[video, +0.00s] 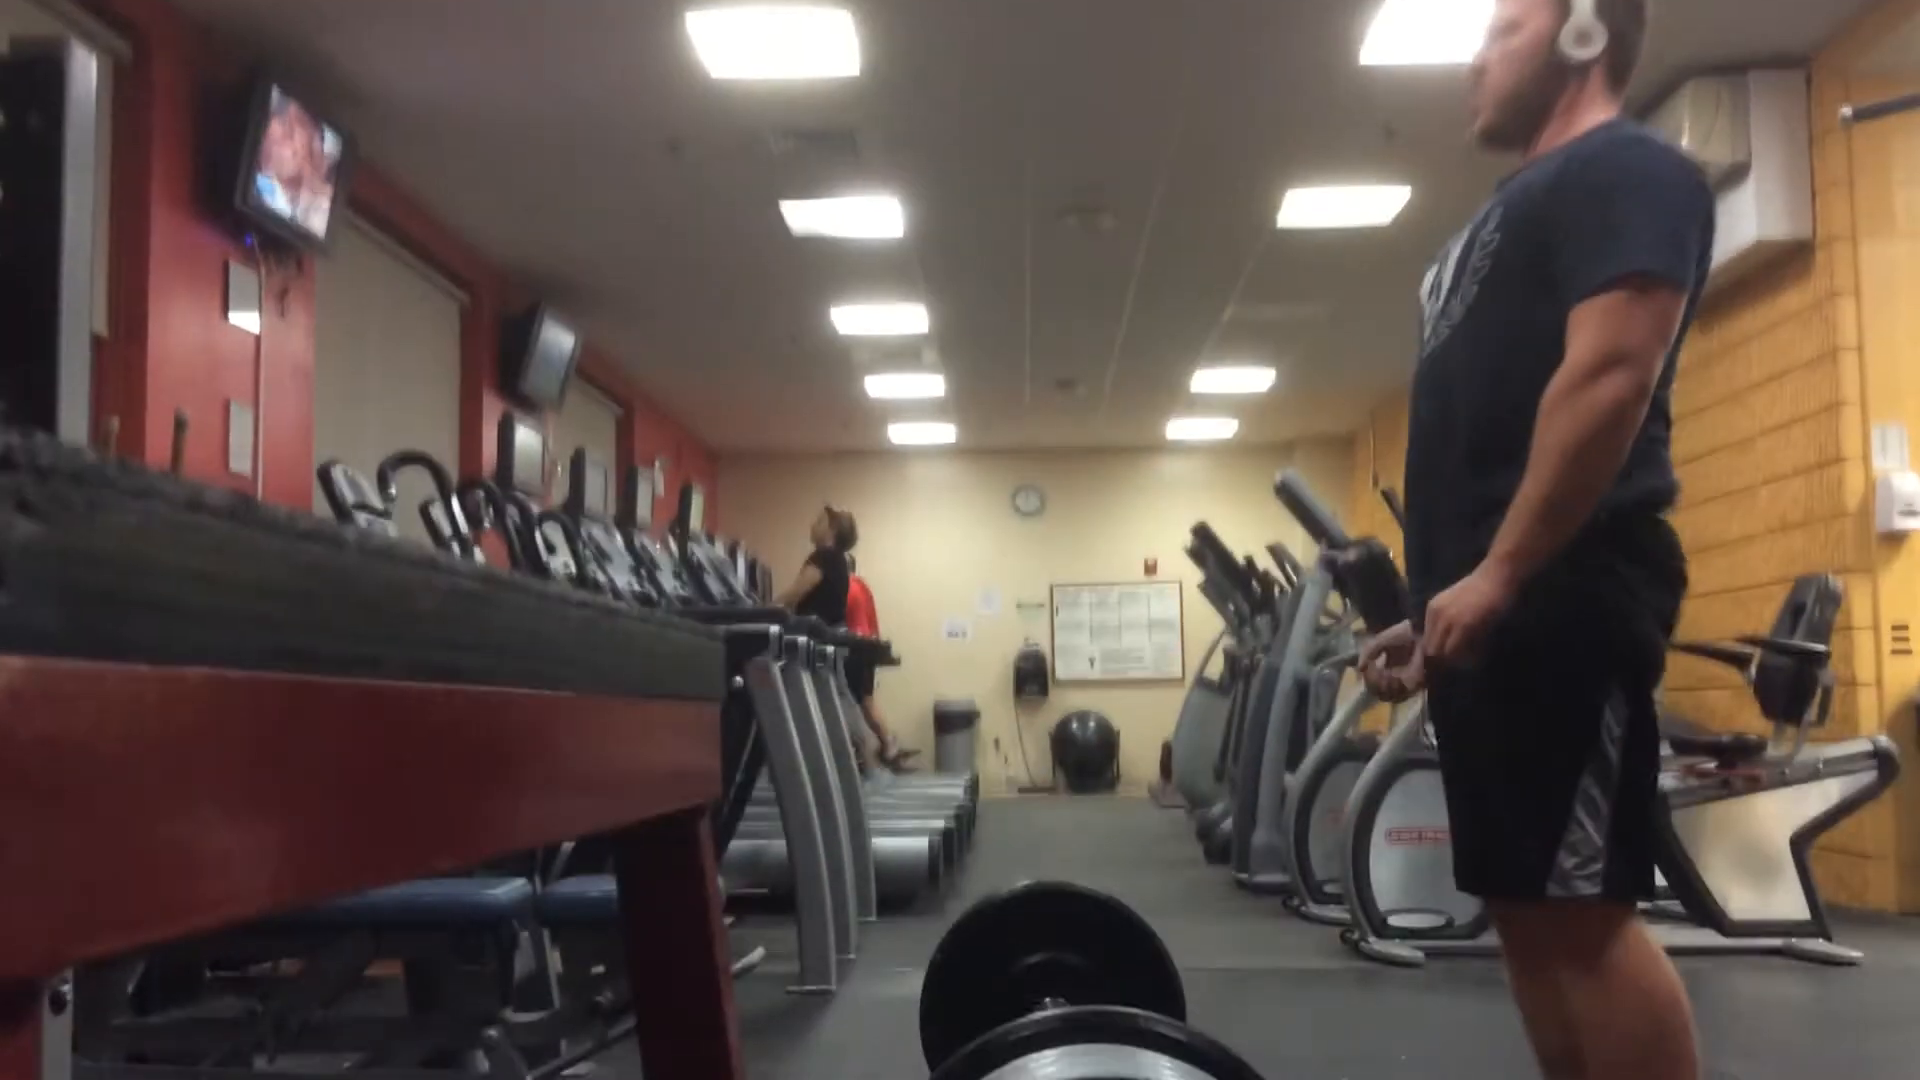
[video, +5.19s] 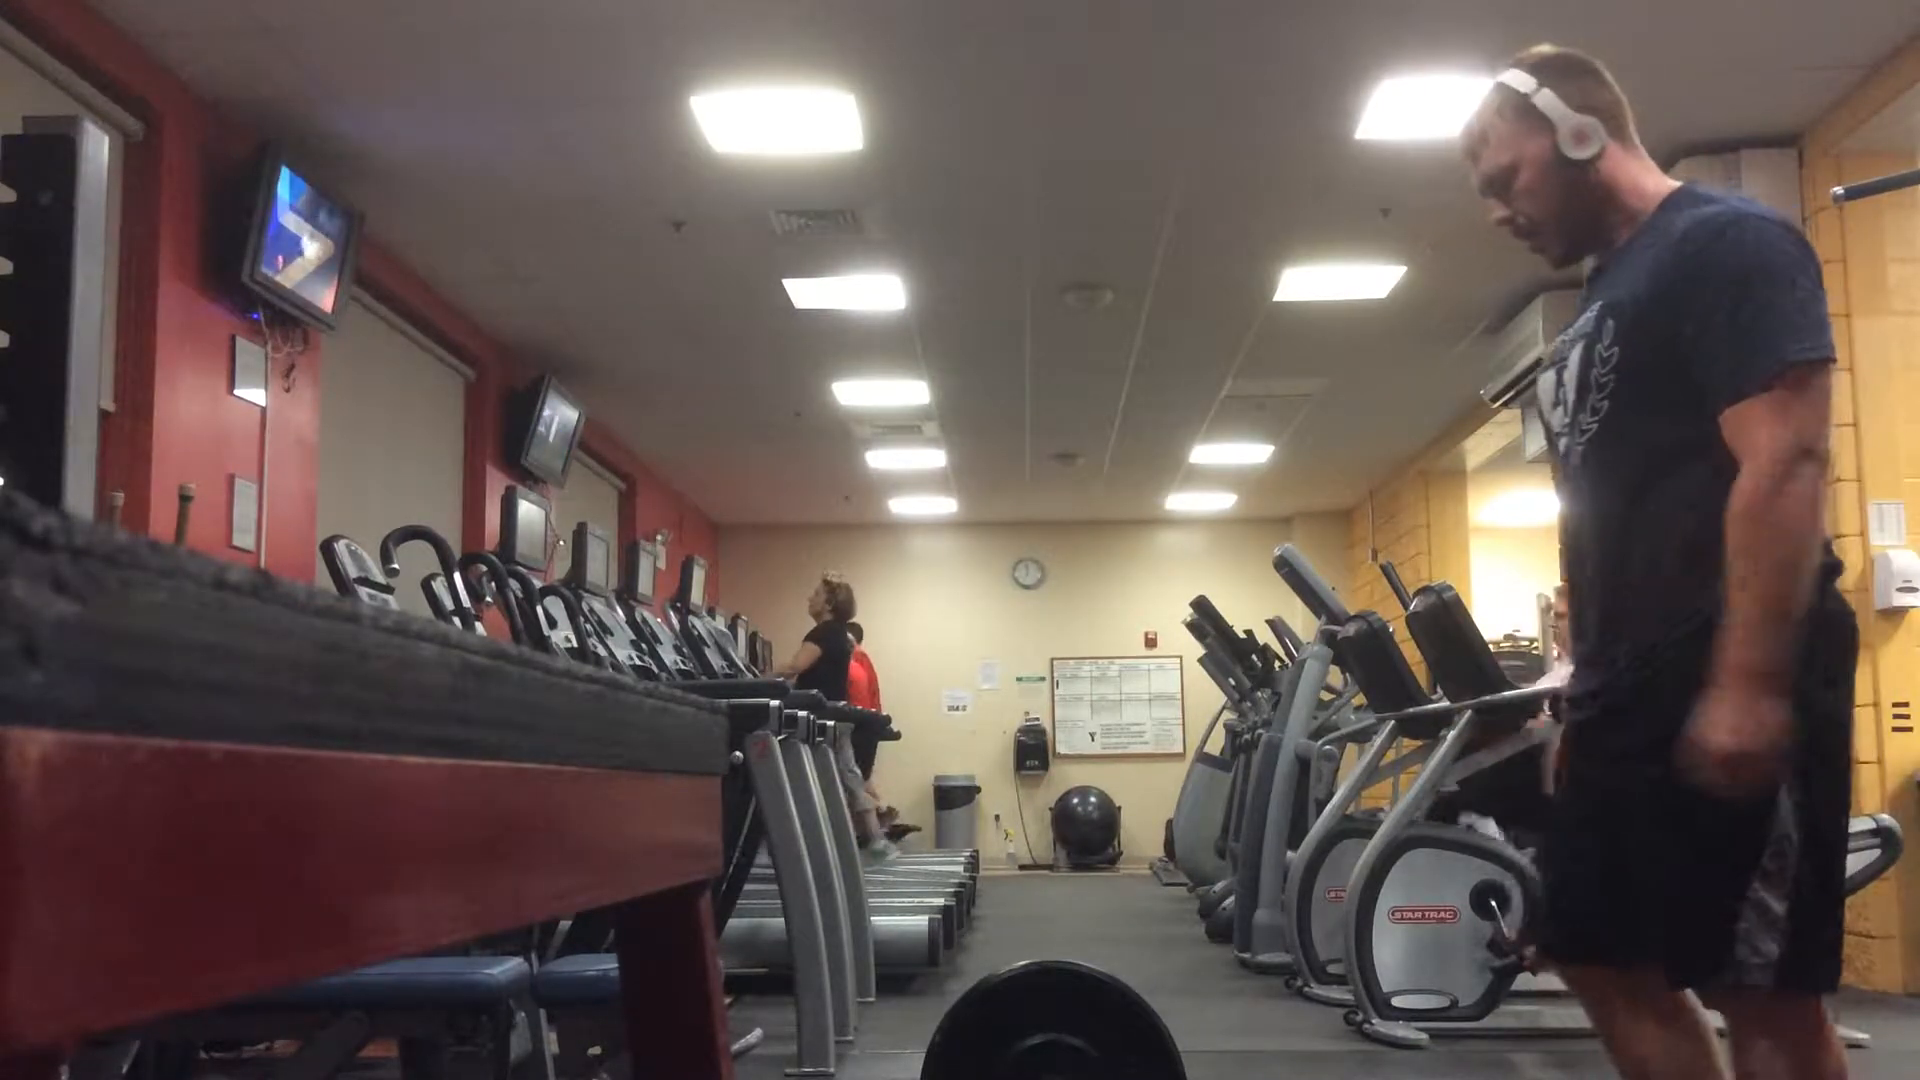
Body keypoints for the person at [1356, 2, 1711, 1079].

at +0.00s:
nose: (1475, 53)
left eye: (1501, 23)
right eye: (1485, 29)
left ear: (1582, 37)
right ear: (1569, 47)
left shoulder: (1623, 162)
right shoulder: (1509, 214)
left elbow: (1609, 376)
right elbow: (1494, 434)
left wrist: (1501, 570)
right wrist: (1431, 608)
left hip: (1568, 581)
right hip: (1499, 594)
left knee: (1578, 917)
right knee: (1521, 913)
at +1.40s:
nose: (1471, 167)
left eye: (1496, 142)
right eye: (1477, 147)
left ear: (1572, 150)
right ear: (1556, 158)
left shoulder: (1643, 246)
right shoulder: (1524, 318)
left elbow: (1667, 444)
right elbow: (1536, 535)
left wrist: (1495, 594)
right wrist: (1478, 699)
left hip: (1683, 654)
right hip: (1584, 673)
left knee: (1713, 990)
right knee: (1604, 984)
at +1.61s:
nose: (1534, 148)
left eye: (1560, 122)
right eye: (1538, 128)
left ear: (1643, 132)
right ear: (1622, 140)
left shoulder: (1730, 246)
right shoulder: (1580, 314)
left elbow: (1759, 454)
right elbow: (1583, 525)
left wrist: (1592, 632)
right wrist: (1542, 691)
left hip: (1779, 653)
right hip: (1638, 677)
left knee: (1854, 985)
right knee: (1633, 980)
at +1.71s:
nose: (1571, 140)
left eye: (1599, 114)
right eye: (1575, 119)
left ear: (1685, 126)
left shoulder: (1786, 253)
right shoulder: (1611, 317)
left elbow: (1840, 475)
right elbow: (1628, 522)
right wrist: (1577, 692)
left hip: (1829, 667)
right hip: (1677, 683)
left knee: (1874, 986)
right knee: (1639, 970)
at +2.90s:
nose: (1629, 170)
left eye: (1648, 141)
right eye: (1633, 148)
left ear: (1724, 139)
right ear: (1714, 147)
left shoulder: (1801, 242)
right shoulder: (1688, 305)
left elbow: (1832, 442)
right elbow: (1706, 524)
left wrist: (1747, 638)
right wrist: (1655, 698)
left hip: (1820, 641)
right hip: (1737, 653)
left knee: (1800, 978)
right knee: (1763, 968)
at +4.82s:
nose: (1556, 224)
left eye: (1561, 191)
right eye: (1544, 209)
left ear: (1634, 146)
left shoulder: (1775, 243)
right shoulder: (1611, 334)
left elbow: (1776, 455)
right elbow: (1600, 537)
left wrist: (1589, 618)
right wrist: (1518, 671)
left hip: (1765, 647)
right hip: (1651, 661)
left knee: (1767, 991)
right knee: (1671, 968)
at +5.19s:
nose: (1497, 215)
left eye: (1504, 180)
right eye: (1487, 197)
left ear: (1581, 139)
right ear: (1578, 154)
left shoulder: (1727, 240)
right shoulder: (1591, 313)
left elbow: (1788, 464)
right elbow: (1598, 528)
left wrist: (1748, 681)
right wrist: (1573, 689)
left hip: (1749, 664)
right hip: (1630, 678)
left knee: (1766, 991)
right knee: (1601, 953)